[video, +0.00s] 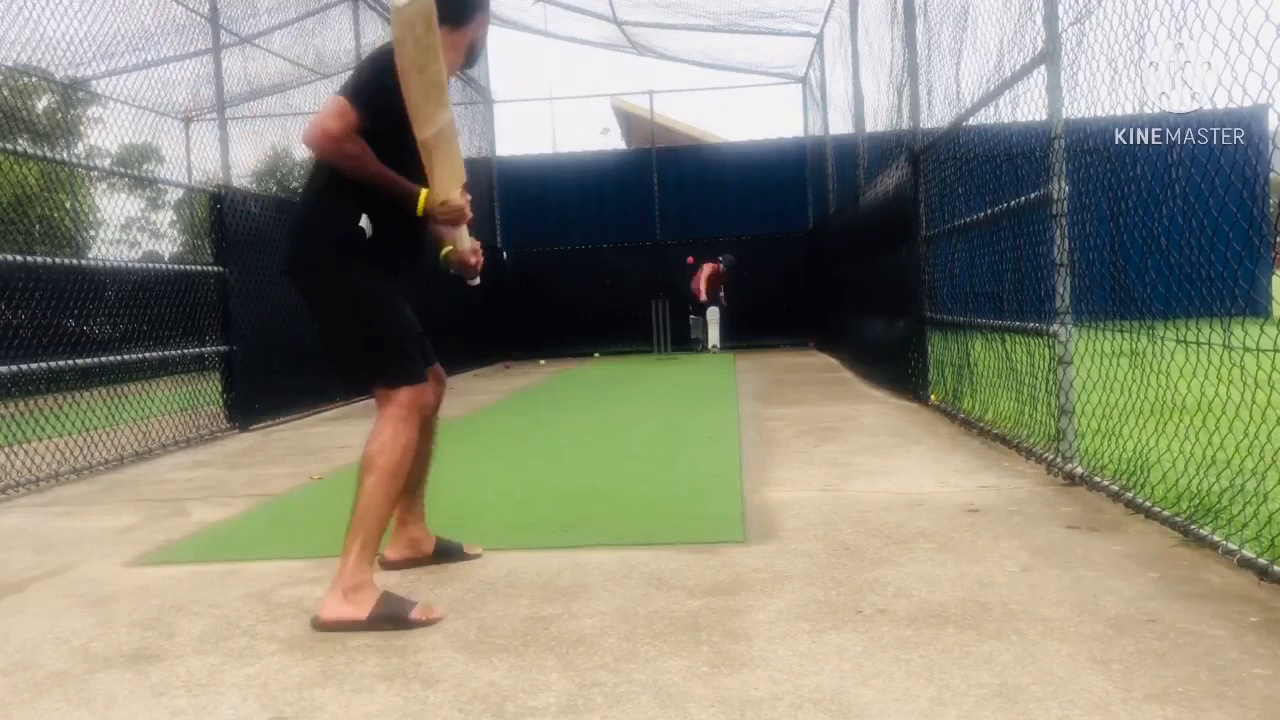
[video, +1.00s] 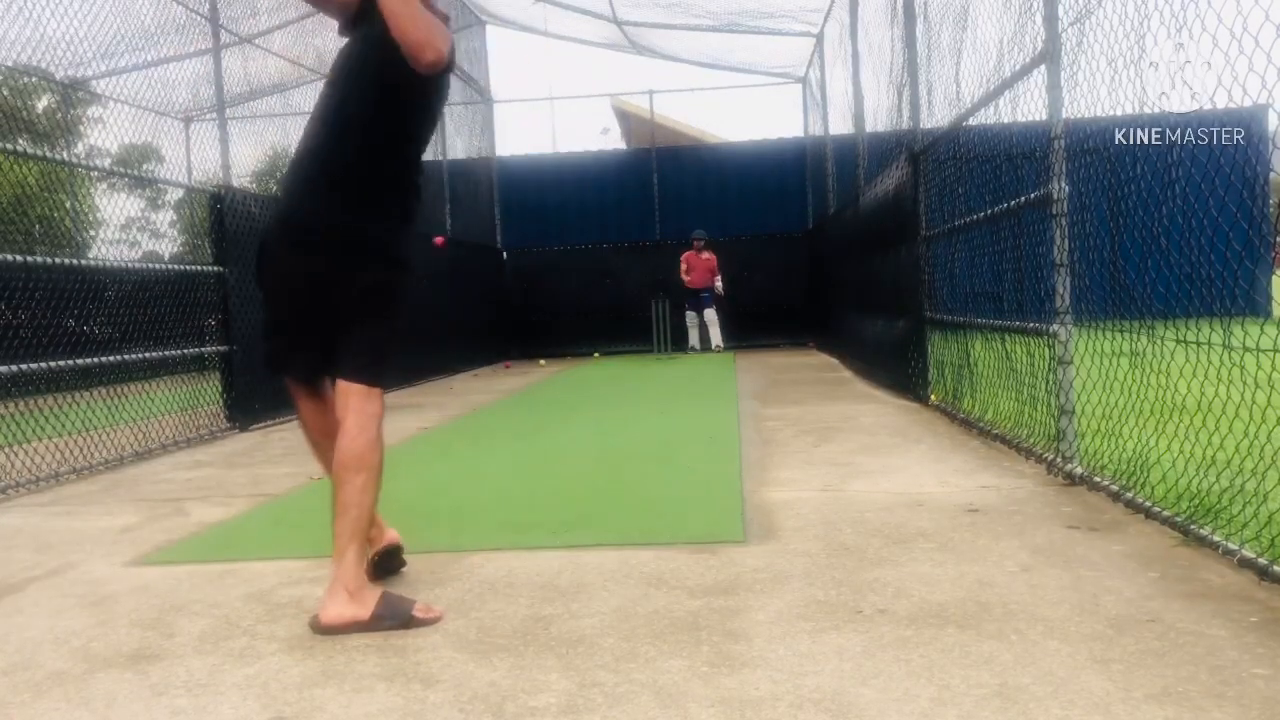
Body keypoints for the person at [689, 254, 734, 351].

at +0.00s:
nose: (724, 269)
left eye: (726, 268)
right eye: (724, 266)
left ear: (727, 267)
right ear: (720, 263)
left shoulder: (721, 273)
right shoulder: (709, 267)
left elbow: (720, 287)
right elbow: (703, 279)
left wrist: (722, 299)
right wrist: (703, 294)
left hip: (709, 292)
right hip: (697, 291)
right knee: (698, 315)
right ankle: (697, 340)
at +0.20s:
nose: (728, 275)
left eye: (729, 274)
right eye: (727, 273)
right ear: (723, 269)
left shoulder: (718, 268)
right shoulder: (714, 278)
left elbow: (710, 266)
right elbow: (717, 290)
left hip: (708, 292)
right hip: (695, 292)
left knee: (714, 313)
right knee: (691, 315)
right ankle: (681, 336)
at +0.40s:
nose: (725, 262)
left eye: (727, 260)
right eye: (724, 259)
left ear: (728, 261)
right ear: (719, 257)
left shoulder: (723, 269)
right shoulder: (708, 267)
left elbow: (721, 280)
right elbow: (703, 286)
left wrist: (722, 288)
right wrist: (714, 299)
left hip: (710, 290)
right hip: (694, 289)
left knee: (712, 314)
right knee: (689, 316)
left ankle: (714, 345)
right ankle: (684, 343)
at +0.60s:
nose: (715, 250)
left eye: (718, 248)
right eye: (713, 247)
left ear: (721, 250)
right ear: (709, 246)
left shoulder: (719, 261)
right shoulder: (699, 256)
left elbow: (718, 281)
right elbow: (688, 269)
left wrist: (722, 295)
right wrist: (694, 275)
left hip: (709, 290)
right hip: (694, 290)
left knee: (710, 315)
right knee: (690, 317)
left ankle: (714, 345)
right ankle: (693, 346)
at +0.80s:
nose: (704, 244)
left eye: (706, 242)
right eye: (702, 242)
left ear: (709, 244)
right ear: (698, 242)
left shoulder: (712, 257)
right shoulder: (689, 255)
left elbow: (715, 275)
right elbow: (682, 270)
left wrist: (717, 285)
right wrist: (686, 274)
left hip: (706, 290)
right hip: (691, 290)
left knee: (710, 315)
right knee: (691, 318)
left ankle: (714, 344)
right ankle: (693, 345)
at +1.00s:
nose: (697, 243)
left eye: (700, 240)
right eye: (695, 240)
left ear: (704, 242)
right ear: (692, 242)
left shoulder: (710, 256)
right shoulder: (686, 256)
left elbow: (716, 273)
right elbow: (682, 271)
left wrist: (718, 283)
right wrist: (686, 278)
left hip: (707, 289)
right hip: (691, 289)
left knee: (710, 315)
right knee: (691, 318)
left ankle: (717, 344)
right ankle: (693, 345)